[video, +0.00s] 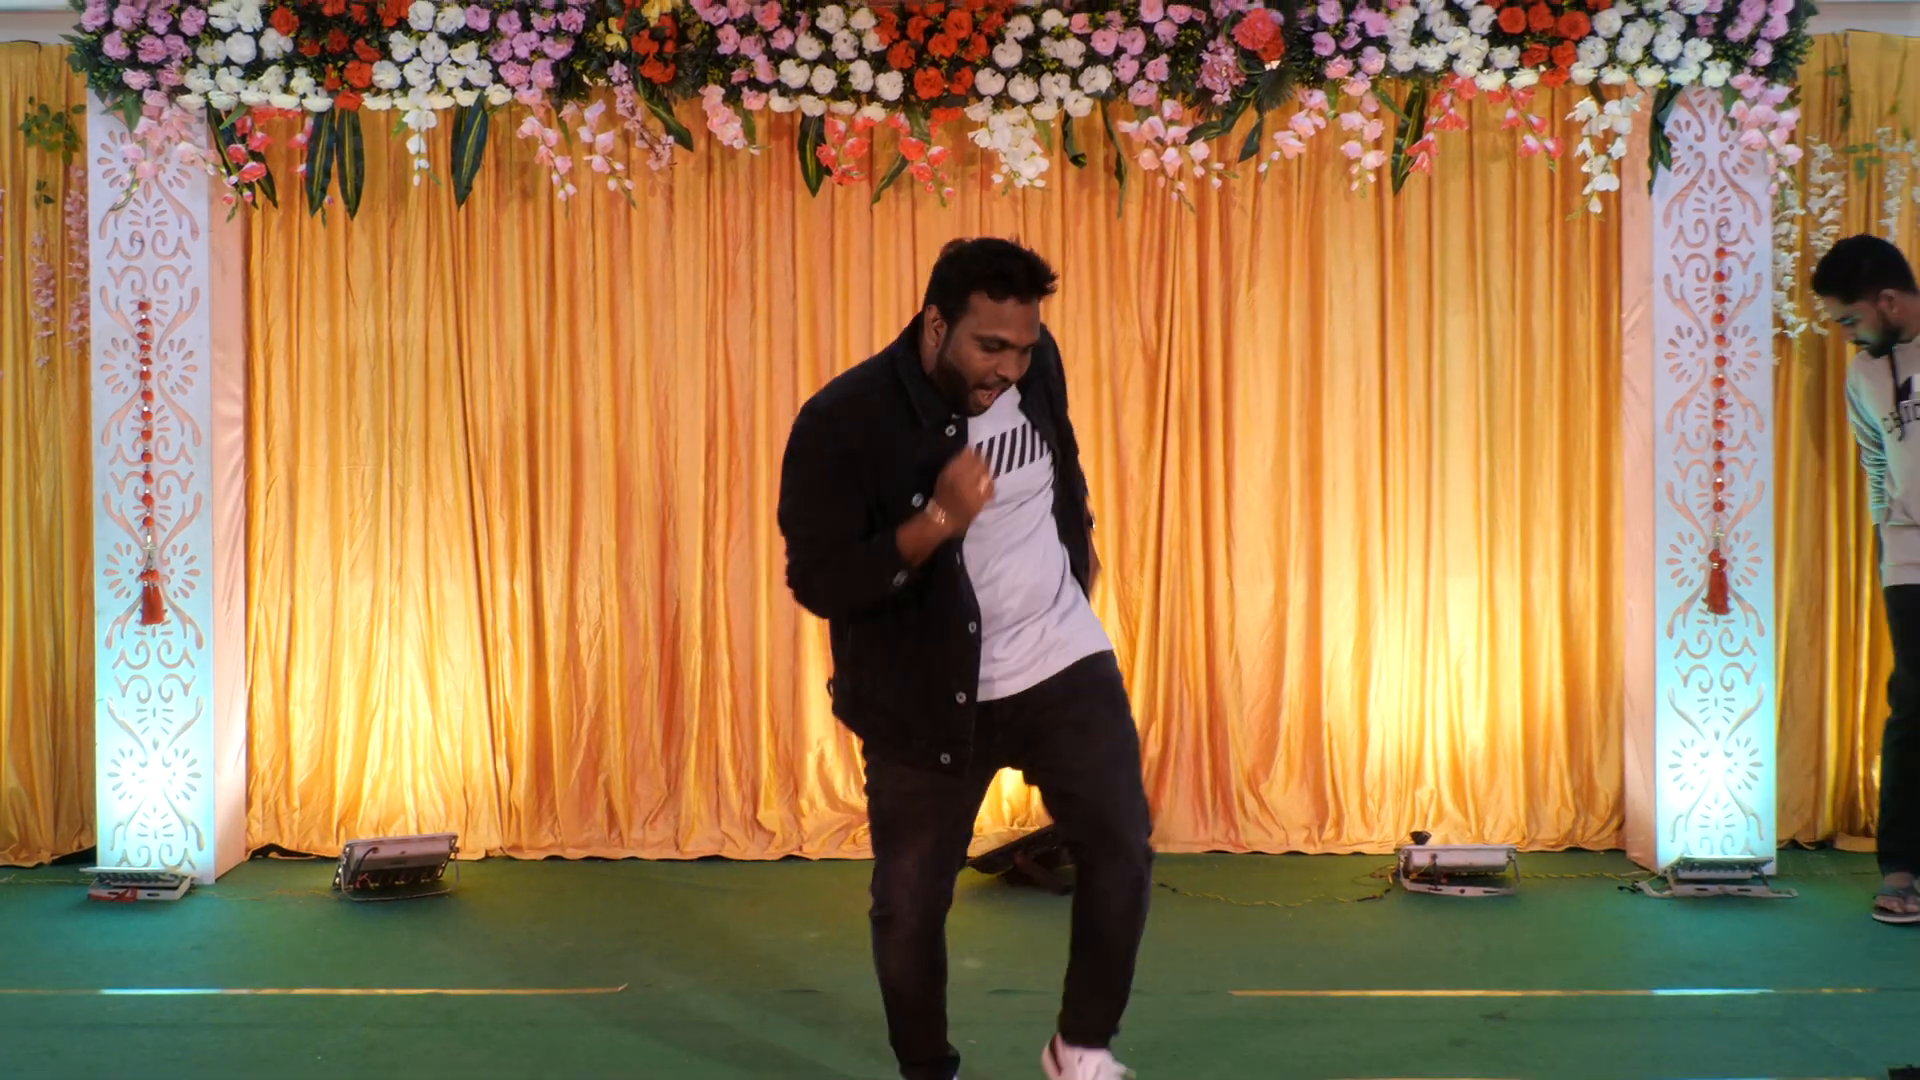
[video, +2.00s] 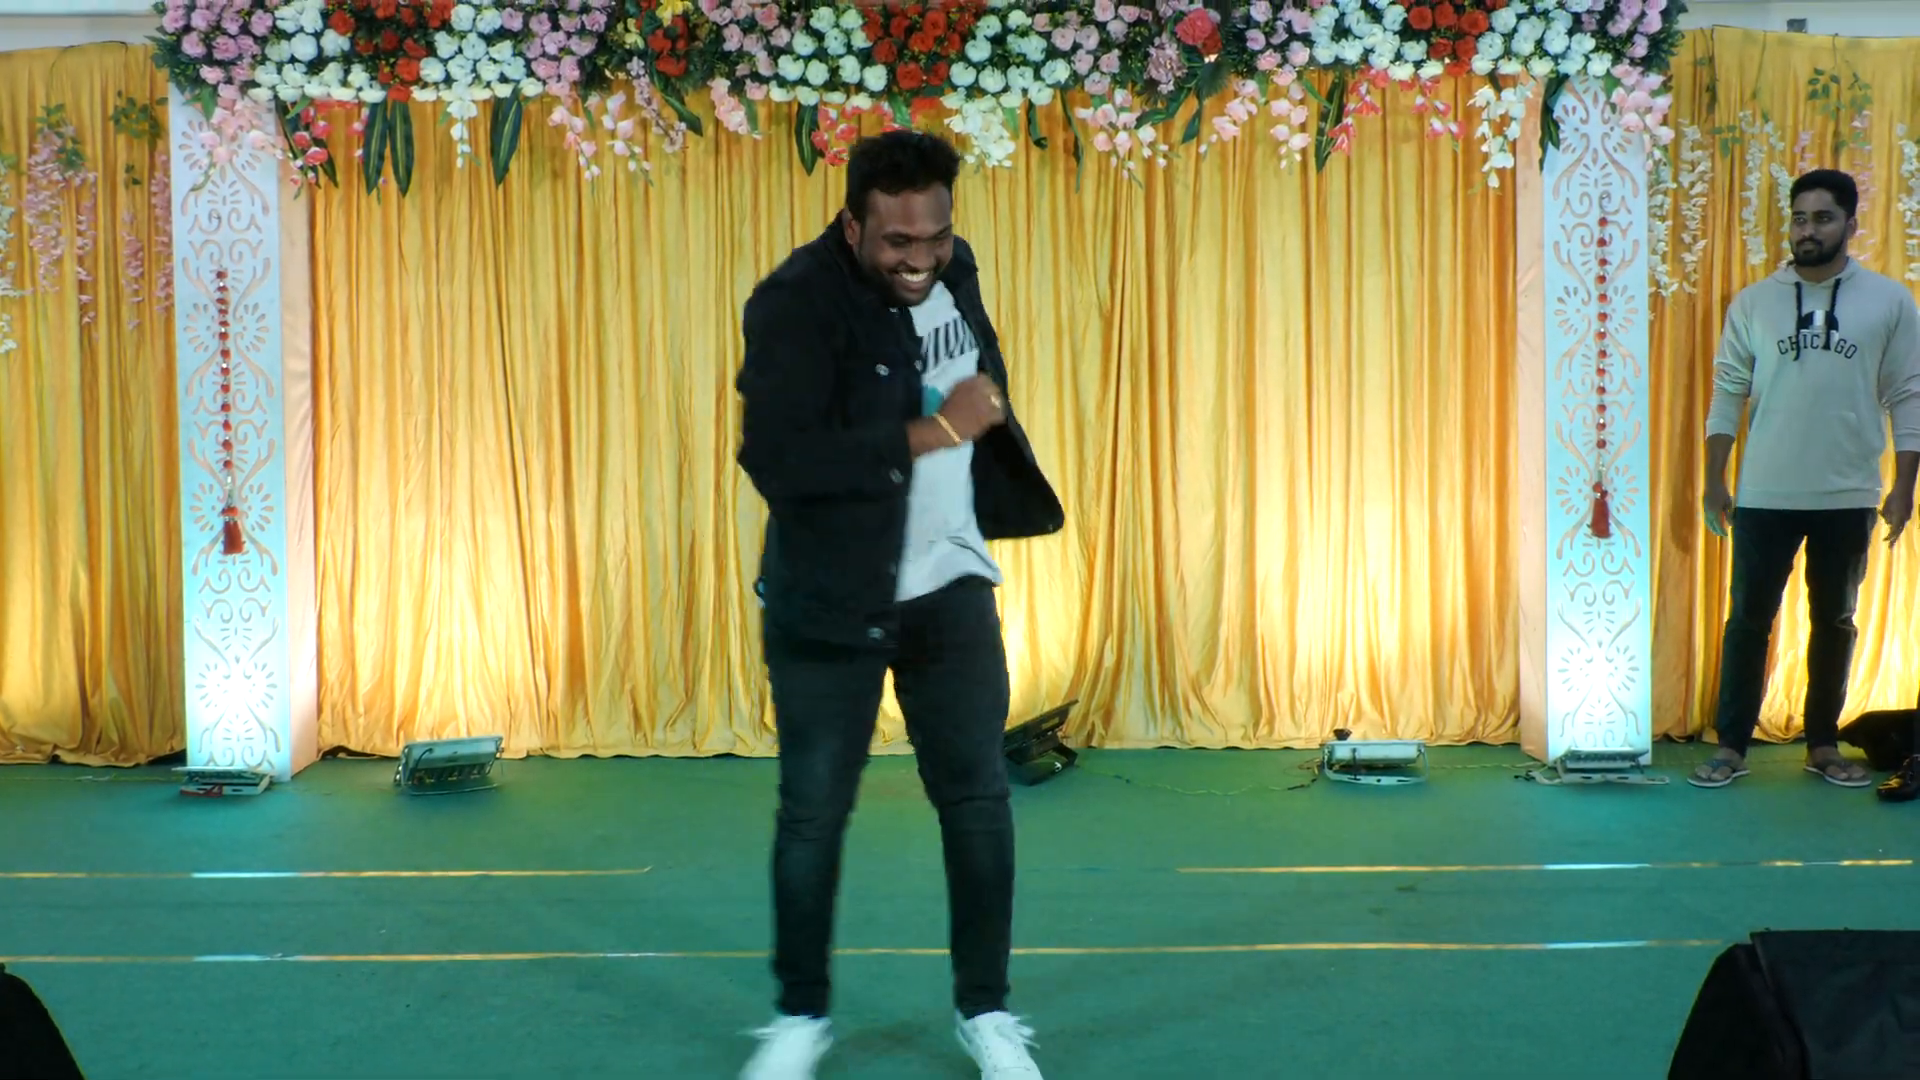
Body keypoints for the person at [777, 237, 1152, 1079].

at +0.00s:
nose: (1012, 368)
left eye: (1025, 347)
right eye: (992, 346)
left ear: (1038, 333)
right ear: (934, 326)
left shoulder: (1034, 361)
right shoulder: (841, 422)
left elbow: (1058, 468)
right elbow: (818, 583)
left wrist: (1076, 550)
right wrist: (935, 522)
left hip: (1064, 668)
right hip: (931, 704)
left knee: (1121, 854)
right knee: (908, 904)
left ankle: (1081, 1048)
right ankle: (927, 1069)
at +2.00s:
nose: (916, 260)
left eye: (933, 239)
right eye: (895, 241)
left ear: (953, 221)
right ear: (852, 221)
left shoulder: (955, 274)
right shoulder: (793, 302)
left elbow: (964, 400)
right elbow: (776, 460)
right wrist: (933, 433)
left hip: (949, 587)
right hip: (829, 603)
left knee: (979, 796)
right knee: (812, 810)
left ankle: (985, 1008)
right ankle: (800, 1014)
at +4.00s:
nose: (949, 403)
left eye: (960, 382)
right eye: (927, 389)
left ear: (977, 347)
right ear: (884, 358)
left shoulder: (1006, 390)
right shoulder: (823, 343)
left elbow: (1063, 464)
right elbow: (707, 274)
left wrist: (1103, 546)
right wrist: (773, 211)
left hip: (918, 633)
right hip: (809, 644)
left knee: (913, 803)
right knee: (815, 848)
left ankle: (1006, 810)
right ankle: (878, 1020)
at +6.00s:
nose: (792, 284)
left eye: (817, 265)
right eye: (775, 258)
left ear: (839, 269)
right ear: (743, 249)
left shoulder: (826, 365)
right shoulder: (674, 292)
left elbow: (762, 502)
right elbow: (592, 337)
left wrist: (635, 590)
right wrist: (548, 423)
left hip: (786, 640)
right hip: (673, 635)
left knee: (825, 842)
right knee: (704, 847)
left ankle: (852, 788)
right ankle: (752, 1055)